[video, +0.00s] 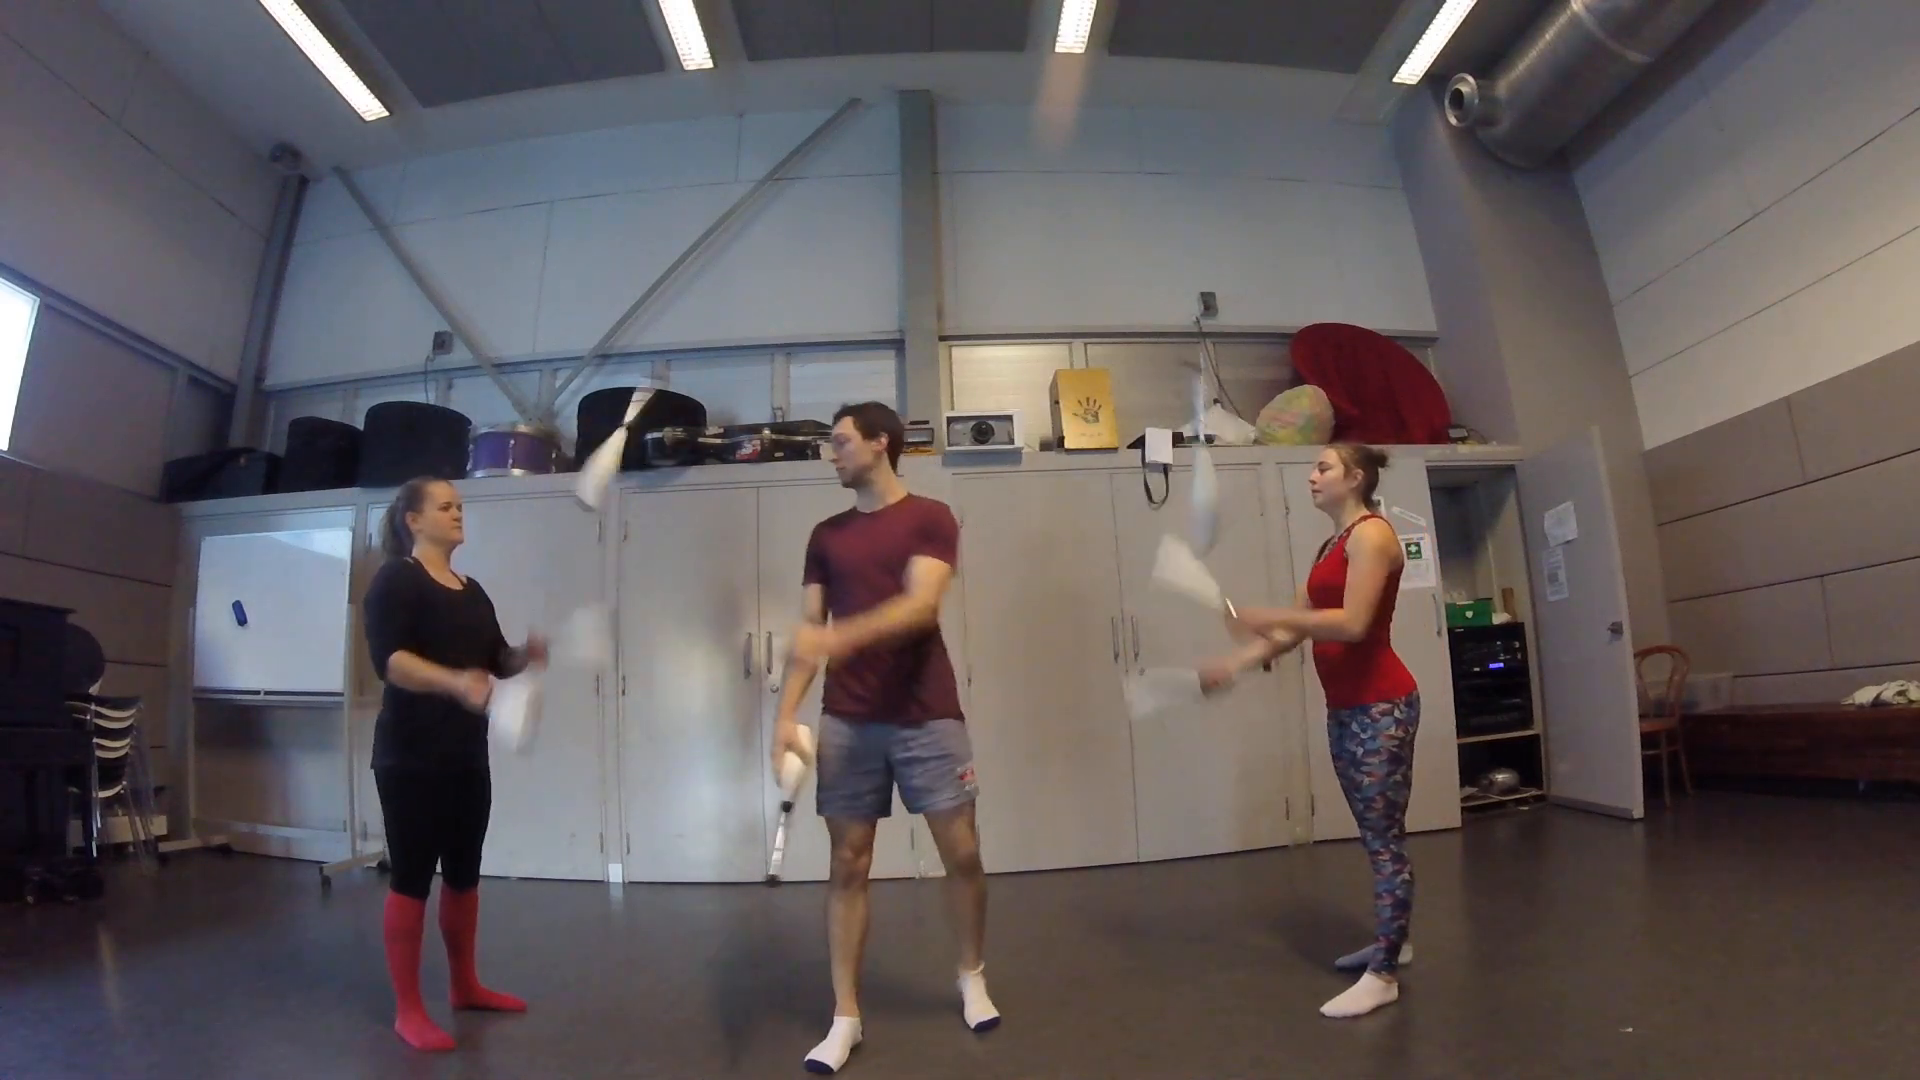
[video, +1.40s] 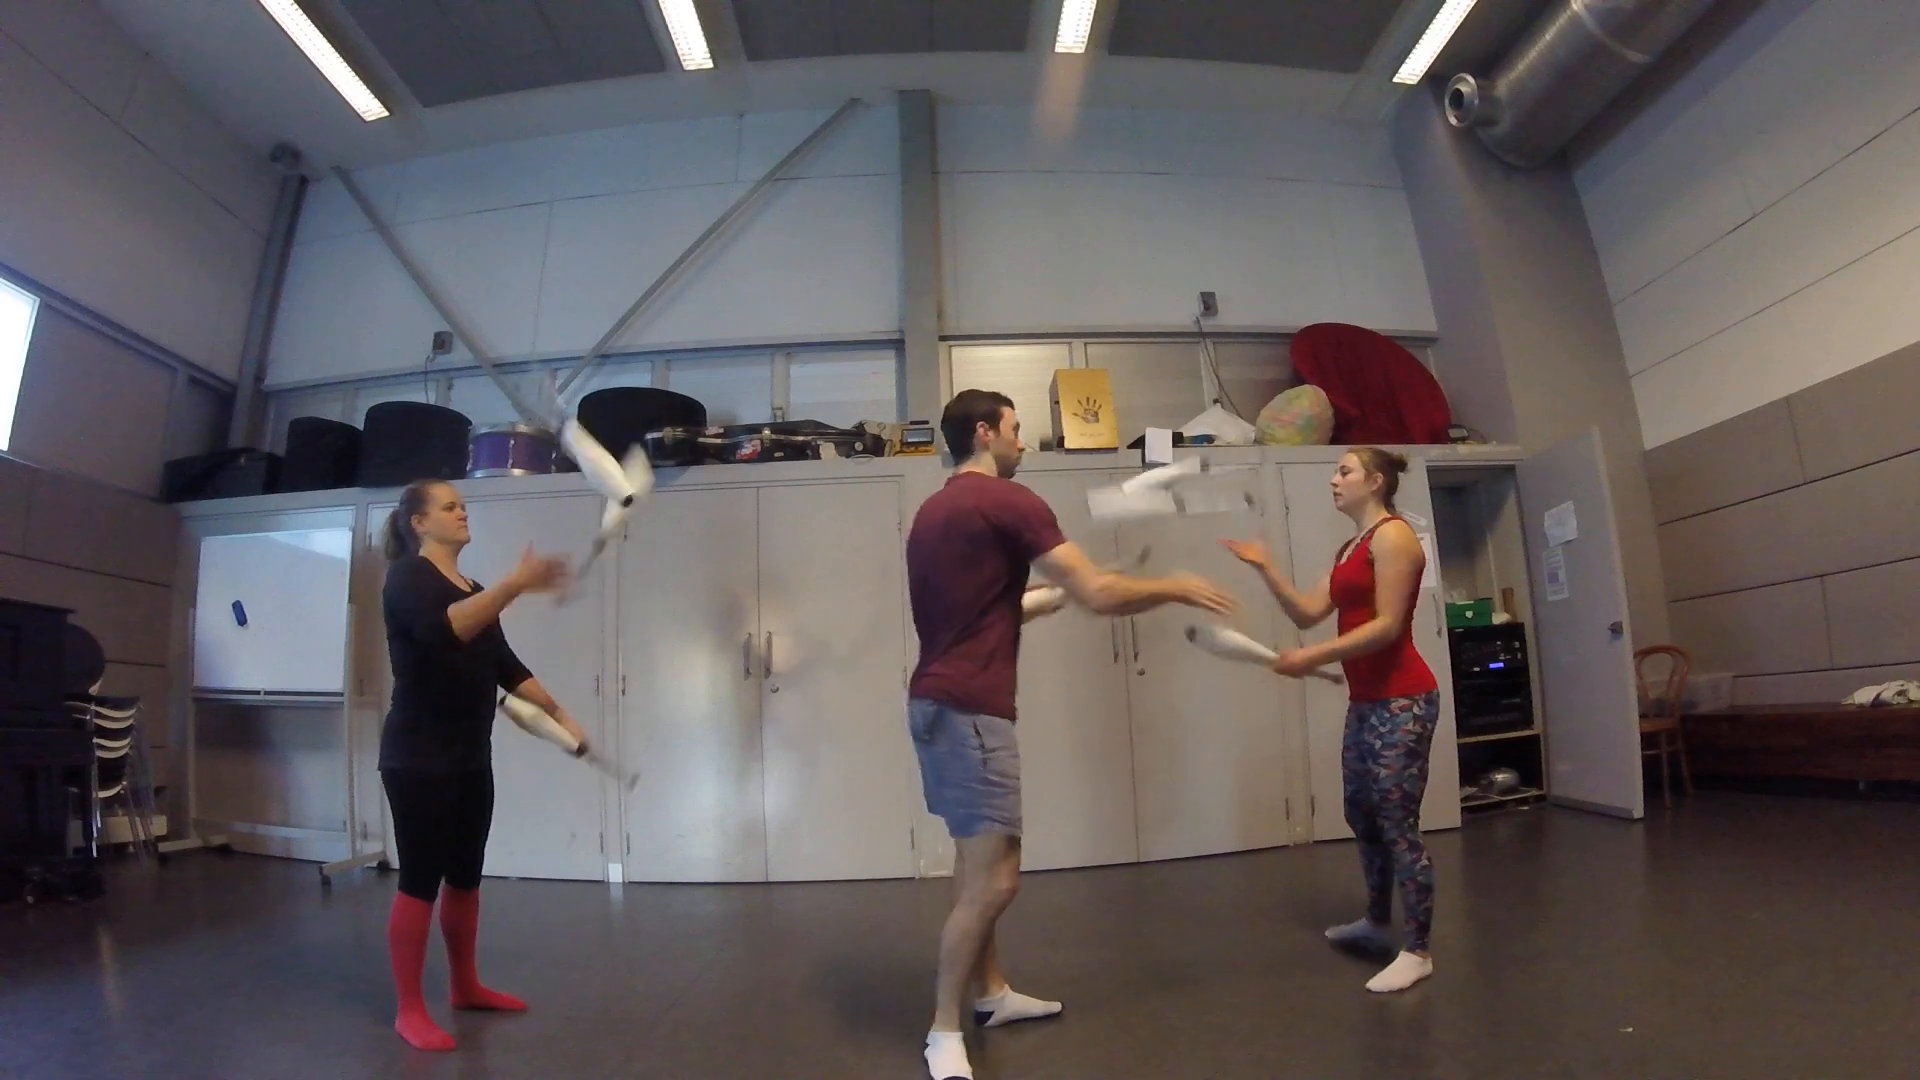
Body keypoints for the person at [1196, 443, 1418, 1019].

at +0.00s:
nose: (1313, 477)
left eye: (1324, 469)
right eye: (1313, 469)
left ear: (1358, 479)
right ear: (1343, 481)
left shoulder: (1373, 535)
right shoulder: (1338, 543)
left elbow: (1355, 622)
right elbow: (1301, 626)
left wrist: (1275, 619)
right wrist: (1238, 661)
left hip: (1380, 706)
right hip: (1350, 707)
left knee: (1383, 836)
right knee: (1377, 833)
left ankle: (1384, 975)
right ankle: (1394, 942)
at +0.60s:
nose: (1317, 481)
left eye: (1329, 472)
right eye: (1318, 472)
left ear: (1361, 481)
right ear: (1338, 482)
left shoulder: (1383, 539)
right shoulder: (1332, 551)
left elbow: (1384, 629)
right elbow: (1284, 615)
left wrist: (1329, 686)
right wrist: (1220, 584)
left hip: (1384, 700)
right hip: (1345, 703)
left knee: (1378, 828)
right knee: (1373, 826)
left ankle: (1381, 967)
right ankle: (1394, 937)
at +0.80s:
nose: (1324, 481)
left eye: (1336, 472)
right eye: (1324, 472)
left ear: (1369, 482)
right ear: (1351, 484)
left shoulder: (1385, 538)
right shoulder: (1348, 546)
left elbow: (1385, 627)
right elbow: (1310, 625)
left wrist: (1324, 681)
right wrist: (1237, 634)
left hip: (1392, 702)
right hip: (1358, 703)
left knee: (1379, 823)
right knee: (1373, 823)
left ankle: (1406, 954)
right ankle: (1394, 937)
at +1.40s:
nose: (1334, 480)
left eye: (1345, 472)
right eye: (1335, 472)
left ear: (1377, 483)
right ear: (1365, 485)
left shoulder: (1395, 537)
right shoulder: (1355, 547)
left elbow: (1389, 625)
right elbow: (1308, 612)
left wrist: (1312, 656)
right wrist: (1266, 567)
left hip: (1402, 701)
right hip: (1366, 700)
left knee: (1396, 821)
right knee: (1362, 814)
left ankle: (1417, 952)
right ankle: (1377, 923)